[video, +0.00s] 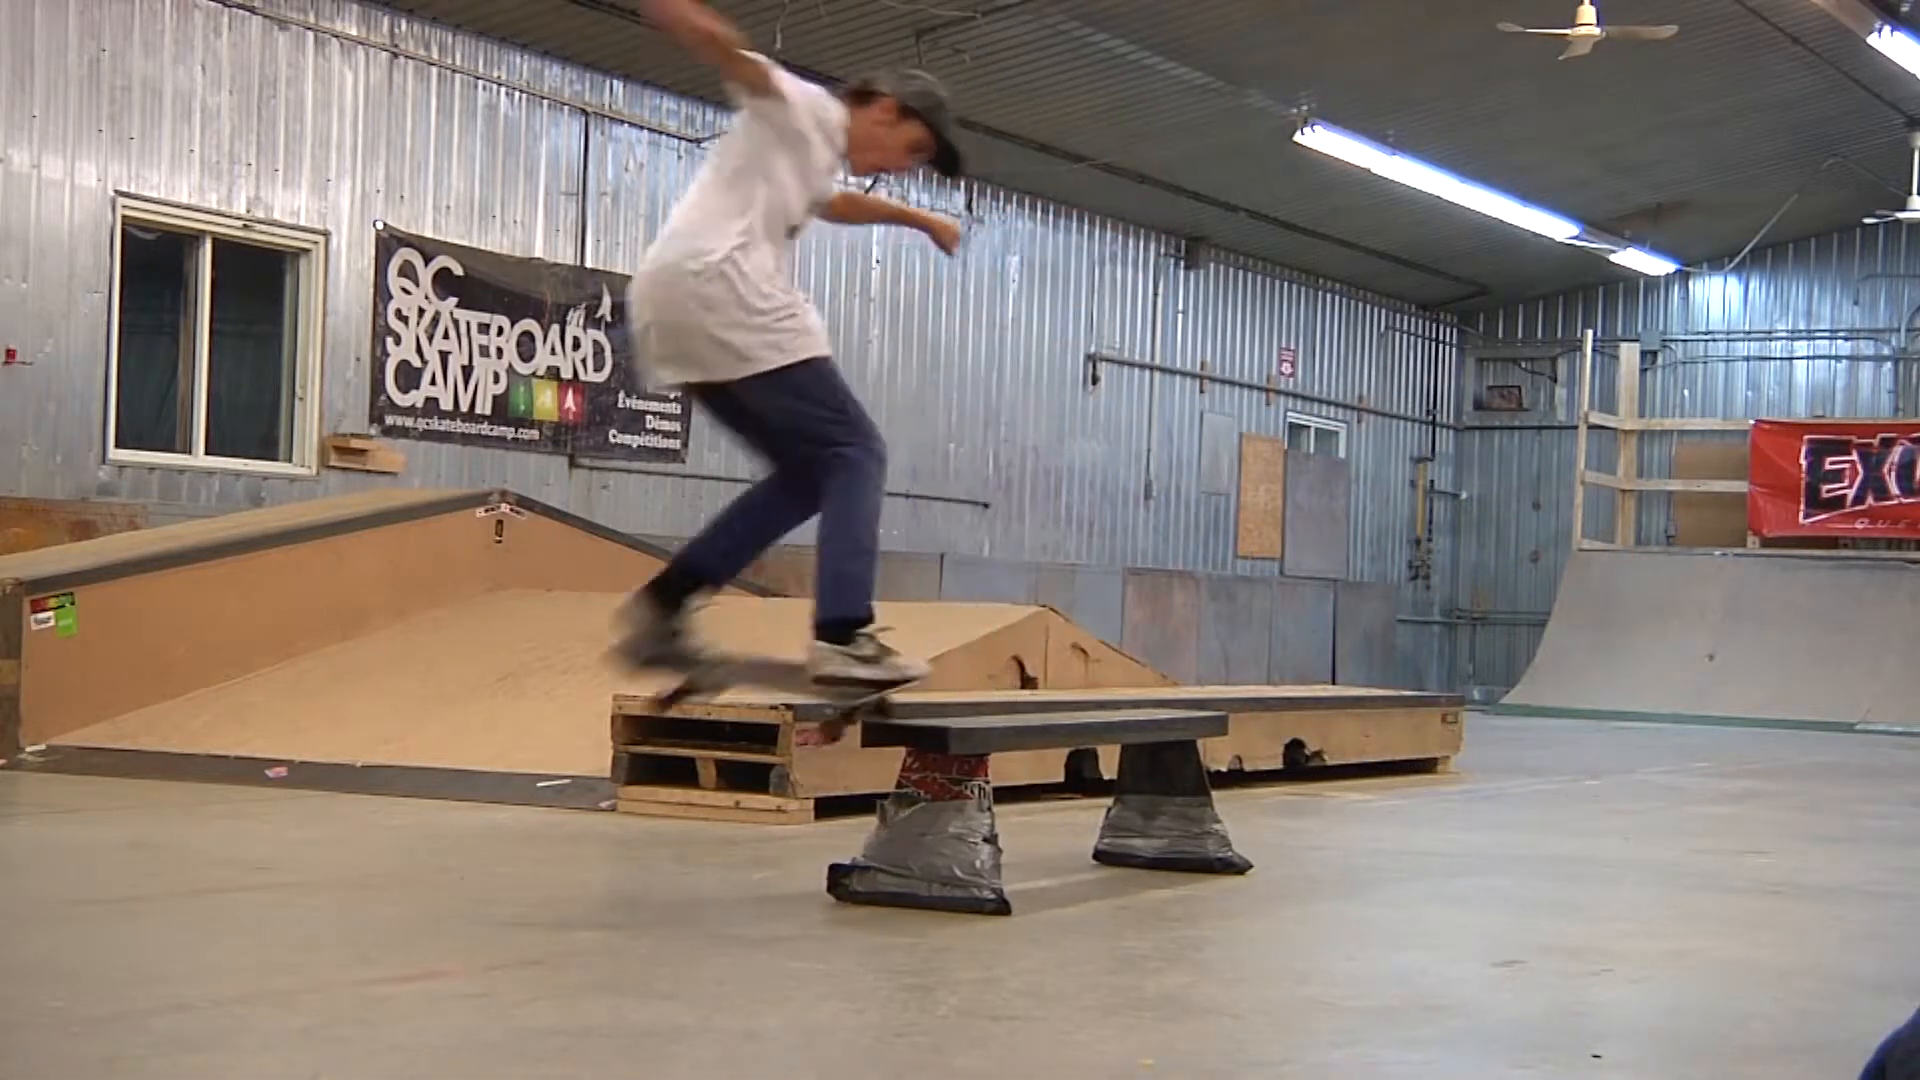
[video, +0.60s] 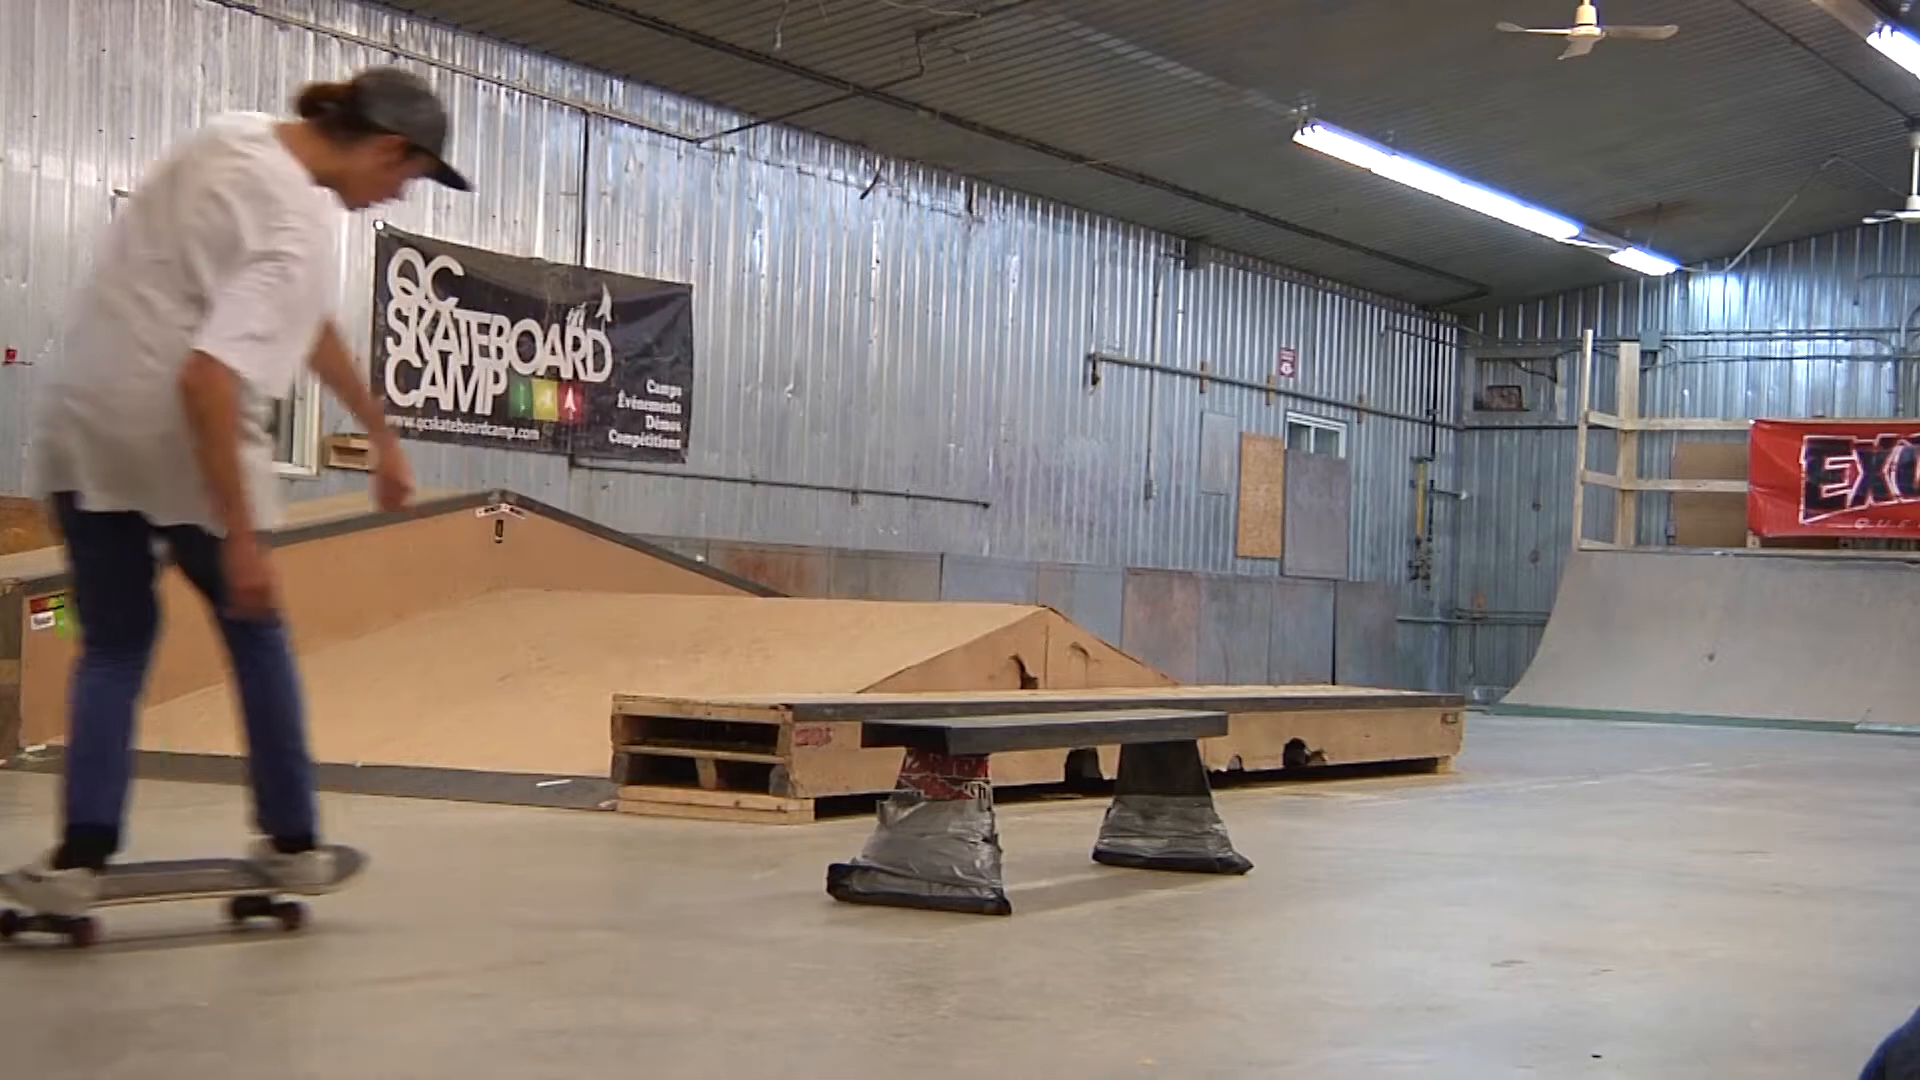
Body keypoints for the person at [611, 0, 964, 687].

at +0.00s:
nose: (902, 167)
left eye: (914, 162)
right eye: (911, 148)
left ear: (884, 122)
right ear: (887, 108)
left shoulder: (817, 165)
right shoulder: (810, 106)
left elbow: (836, 205)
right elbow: (748, 72)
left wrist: (920, 220)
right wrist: (711, 36)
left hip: (674, 303)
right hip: (721, 283)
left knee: (808, 473)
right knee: (855, 450)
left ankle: (660, 609)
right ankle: (843, 637)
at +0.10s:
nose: (812, 174)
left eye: (823, 165)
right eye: (819, 154)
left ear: (798, 135)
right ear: (789, 114)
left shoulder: (756, 198)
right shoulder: (694, 122)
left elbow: (843, 237)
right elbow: (575, 85)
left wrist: (948, 228)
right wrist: (463, 30)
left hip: (616, 372)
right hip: (690, 353)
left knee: (668, 584)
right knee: (783, 515)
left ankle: (545, 731)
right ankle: (763, 693)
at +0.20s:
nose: (731, 210)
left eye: (741, 201)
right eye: (734, 190)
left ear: (709, 173)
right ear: (699, 157)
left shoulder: (677, 248)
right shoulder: (622, 202)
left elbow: (781, 277)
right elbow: (494, 218)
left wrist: (847, 233)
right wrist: (357, 240)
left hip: (531, 471)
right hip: (612, 467)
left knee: (557, 668)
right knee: (660, 651)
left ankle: (465, 821)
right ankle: (685, 833)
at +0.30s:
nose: (661, 248)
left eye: (671, 235)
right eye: (668, 228)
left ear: (635, 196)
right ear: (640, 194)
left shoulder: (575, 256)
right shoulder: (548, 241)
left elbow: (664, 331)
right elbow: (434, 342)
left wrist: (690, 292)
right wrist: (406, 490)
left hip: (428, 500)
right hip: (498, 499)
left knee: (459, 688)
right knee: (573, 645)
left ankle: (375, 843)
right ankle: (589, 839)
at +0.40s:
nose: (581, 242)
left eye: (594, 230)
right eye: (592, 223)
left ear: (546, 181)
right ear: (562, 188)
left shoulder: (426, 200)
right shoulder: (473, 245)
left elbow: (516, 291)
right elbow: (399, 391)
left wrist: (548, 366)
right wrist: (448, 537)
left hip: (288, 455)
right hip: (372, 470)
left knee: (340, 655)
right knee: (472, 630)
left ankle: (280, 839)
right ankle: (501, 836)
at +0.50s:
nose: (496, 218)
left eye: (509, 205)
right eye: (505, 198)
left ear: (446, 149)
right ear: (475, 167)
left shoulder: (328, 166)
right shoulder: (386, 241)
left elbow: (406, 326)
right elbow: (308, 386)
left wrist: (471, 433)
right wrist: (362, 534)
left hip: (183, 430)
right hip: (279, 453)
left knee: (225, 640)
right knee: (361, 626)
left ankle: (183, 845)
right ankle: (401, 838)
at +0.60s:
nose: (398, 194)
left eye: (412, 181)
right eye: (408, 174)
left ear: (339, 118)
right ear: (380, 143)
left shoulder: (218, 142)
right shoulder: (297, 226)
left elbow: (302, 320)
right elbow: (209, 379)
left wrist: (379, 429)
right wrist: (242, 537)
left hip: (77, 434)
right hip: (177, 449)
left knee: (113, 644)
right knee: (256, 634)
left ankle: (83, 851)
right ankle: (293, 842)